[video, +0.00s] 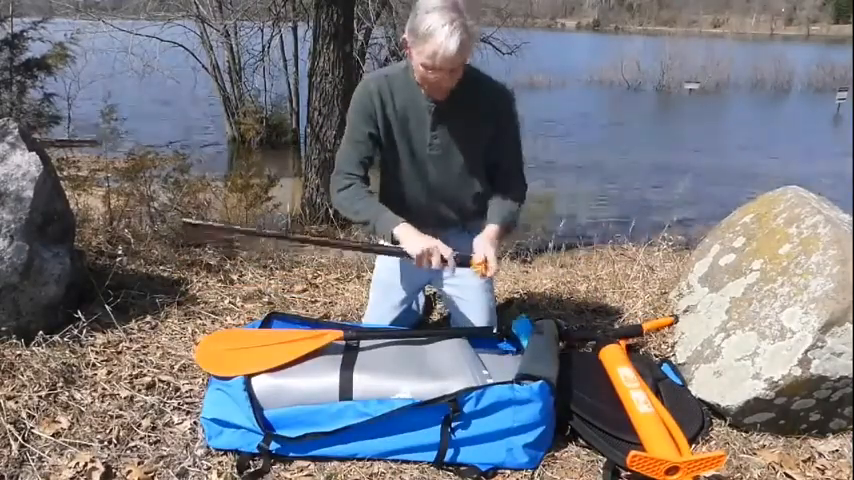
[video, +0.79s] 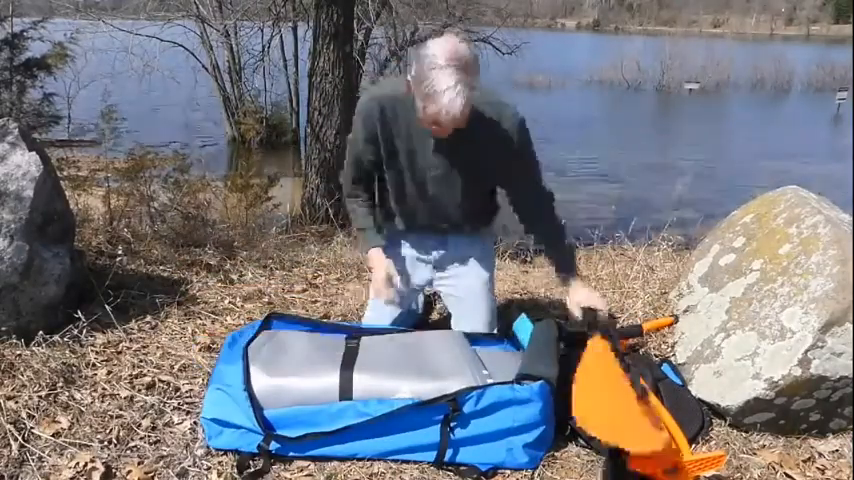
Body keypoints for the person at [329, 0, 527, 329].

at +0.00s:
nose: (442, 81)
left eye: (453, 70)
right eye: (430, 69)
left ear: (467, 57)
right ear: (408, 48)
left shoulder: (494, 99)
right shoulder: (376, 93)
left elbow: (510, 183)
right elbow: (345, 186)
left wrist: (489, 237)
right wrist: (404, 232)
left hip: (467, 242)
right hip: (399, 241)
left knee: (480, 352)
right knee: (376, 350)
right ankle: (419, 308)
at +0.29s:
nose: (437, 104)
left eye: (449, 93)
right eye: (425, 92)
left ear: (465, 66)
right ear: (404, 59)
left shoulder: (495, 102)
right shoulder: (377, 95)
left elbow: (518, 182)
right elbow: (334, 186)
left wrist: (536, 234)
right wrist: (375, 247)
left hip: (471, 240)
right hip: (403, 239)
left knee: (478, 352)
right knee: (375, 350)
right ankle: (419, 307)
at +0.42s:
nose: (407, 97)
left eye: (420, 87)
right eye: (399, 84)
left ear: (451, 75)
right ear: (390, 66)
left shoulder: (492, 102)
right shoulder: (375, 99)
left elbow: (509, 201)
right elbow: (336, 197)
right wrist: (364, 271)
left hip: (470, 243)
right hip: (401, 243)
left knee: (473, 357)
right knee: (381, 353)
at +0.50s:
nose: (380, 92)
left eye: (393, 83)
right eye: (374, 79)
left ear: (424, 66)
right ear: (366, 66)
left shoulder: (476, 110)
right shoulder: (359, 102)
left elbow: (480, 210)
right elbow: (351, 189)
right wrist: (358, 261)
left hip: (462, 244)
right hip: (397, 246)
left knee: (472, 359)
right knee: (378, 359)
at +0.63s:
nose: (425, 106)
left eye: (432, 94)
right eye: (411, 96)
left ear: (438, 72)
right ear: (378, 78)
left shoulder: (473, 111)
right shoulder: (355, 109)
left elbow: (492, 208)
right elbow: (361, 199)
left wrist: (446, 278)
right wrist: (366, 264)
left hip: (465, 239)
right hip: (399, 242)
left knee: (467, 354)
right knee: (390, 353)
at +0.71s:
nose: (439, 110)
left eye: (447, 97)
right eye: (426, 100)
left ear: (454, 76)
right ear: (393, 80)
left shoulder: (487, 114)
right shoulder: (364, 108)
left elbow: (512, 192)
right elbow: (367, 199)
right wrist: (405, 253)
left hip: (471, 245)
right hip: (400, 243)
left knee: (474, 355)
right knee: (388, 357)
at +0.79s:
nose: (444, 132)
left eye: (455, 124)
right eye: (434, 123)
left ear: (472, 92)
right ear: (411, 88)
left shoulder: (501, 125)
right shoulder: (377, 109)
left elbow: (534, 204)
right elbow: (355, 187)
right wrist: (375, 255)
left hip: (469, 247)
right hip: (401, 242)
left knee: (478, 355)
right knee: (374, 351)